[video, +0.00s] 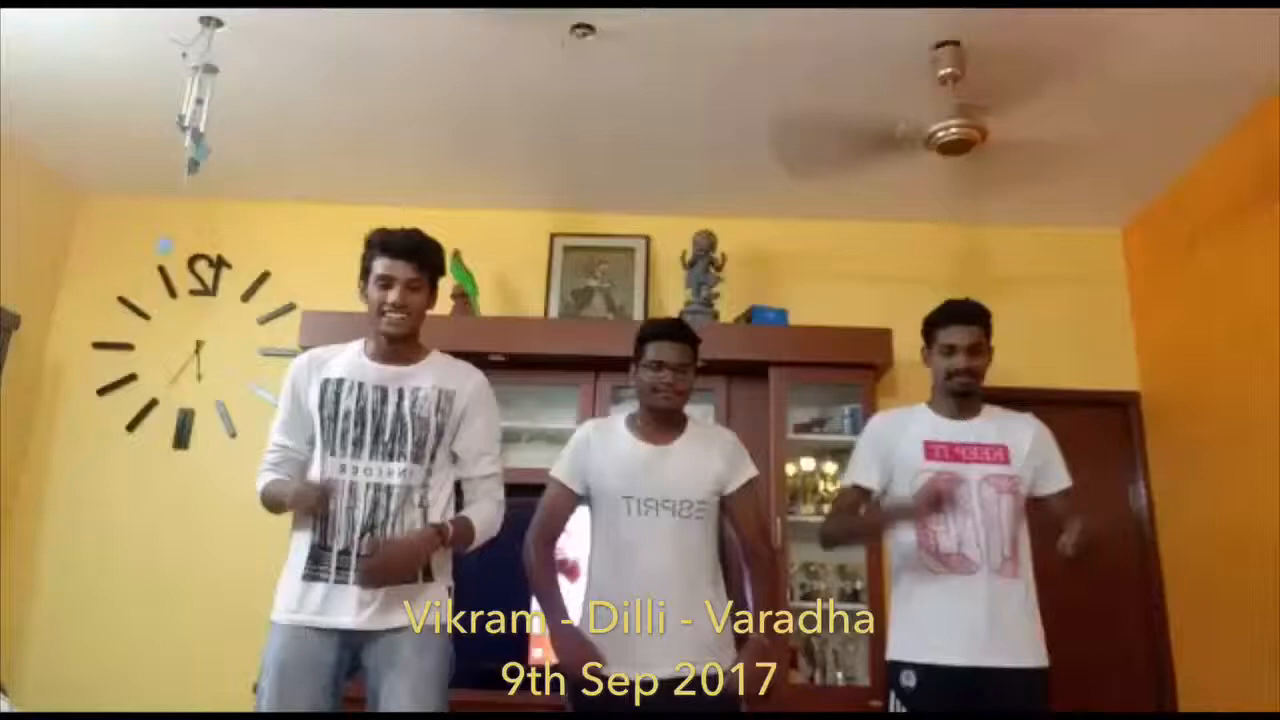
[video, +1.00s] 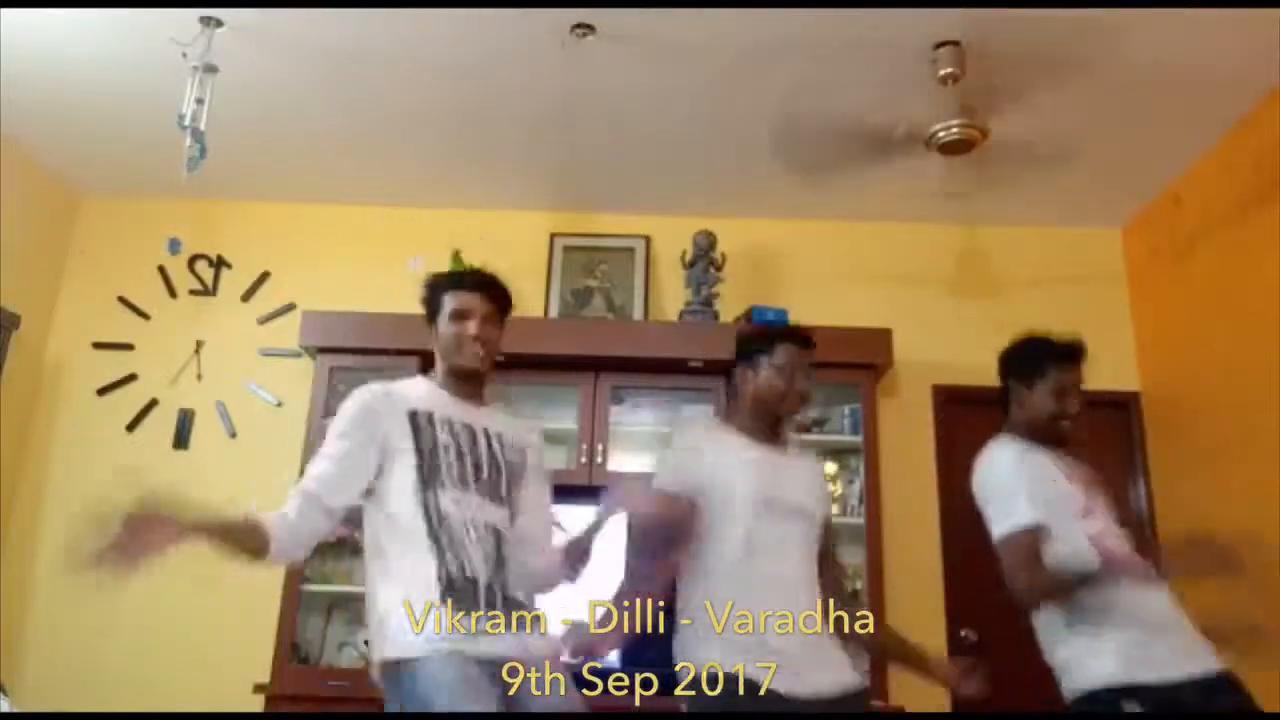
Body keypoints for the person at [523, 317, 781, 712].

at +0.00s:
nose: (668, 379)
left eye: (680, 369)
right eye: (656, 367)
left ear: (694, 377)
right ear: (634, 373)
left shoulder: (721, 447)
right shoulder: (592, 441)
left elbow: (761, 552)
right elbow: (537, 543)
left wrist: (765, 637)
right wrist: (562, 633)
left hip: (701, 675)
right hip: (608, 676)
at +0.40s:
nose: (717, 414)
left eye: (726, 405)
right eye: (702, 403)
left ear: (735, 416)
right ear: (671, 419)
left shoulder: (758, 495)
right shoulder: (626, 487)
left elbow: (773, 613)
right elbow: (574, 592)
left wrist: (763, 697)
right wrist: (595, 681)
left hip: (721, 697)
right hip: (631, 693)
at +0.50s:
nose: (746, 379)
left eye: (754, 370)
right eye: (730, 369)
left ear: (763, 381)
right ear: (696, 382)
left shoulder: (774, 472)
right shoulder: (656, 463)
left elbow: (787, 585)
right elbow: (595, 566)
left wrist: (792, 673)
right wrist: (604, 660)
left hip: (744, 691)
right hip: (655, 686)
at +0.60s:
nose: (753, 347)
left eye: (759, 338)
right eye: (738, 335)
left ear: (766, 348)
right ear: (700, 349)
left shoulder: (777, 431)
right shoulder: (661, 414)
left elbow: (795, 537)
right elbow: (604, 522)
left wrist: (838, 600)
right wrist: (605, 613)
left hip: (775, 651)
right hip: (681, 648)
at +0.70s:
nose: (770, 343)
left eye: (774, 335)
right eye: (754, 331)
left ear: (777, 347)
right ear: (711, 341)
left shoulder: (780, 426)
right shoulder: (670, 404)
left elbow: (794, 536)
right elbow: (627, 501)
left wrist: (873, 600)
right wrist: (587, 563)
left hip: (797, 629)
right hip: (705, 627)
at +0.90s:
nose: (797, 425)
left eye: (802, 414)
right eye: (785, 410)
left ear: (803, 420)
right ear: (737, 409)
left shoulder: (796, 500)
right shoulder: (686, 477)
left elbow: (829, 620)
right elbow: (646, 595)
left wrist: (905, 690)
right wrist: (561, 658)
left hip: (825, 694)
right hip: (736, 688)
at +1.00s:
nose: (802, 388)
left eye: (805, 376)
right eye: (788, 373)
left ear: (806, 382)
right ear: (746, 375)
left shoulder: (810, 472)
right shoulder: (697, 447)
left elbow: (835, 602)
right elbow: (650, 556)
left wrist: (934, 667)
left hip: (820, 682)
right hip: (727, 678)